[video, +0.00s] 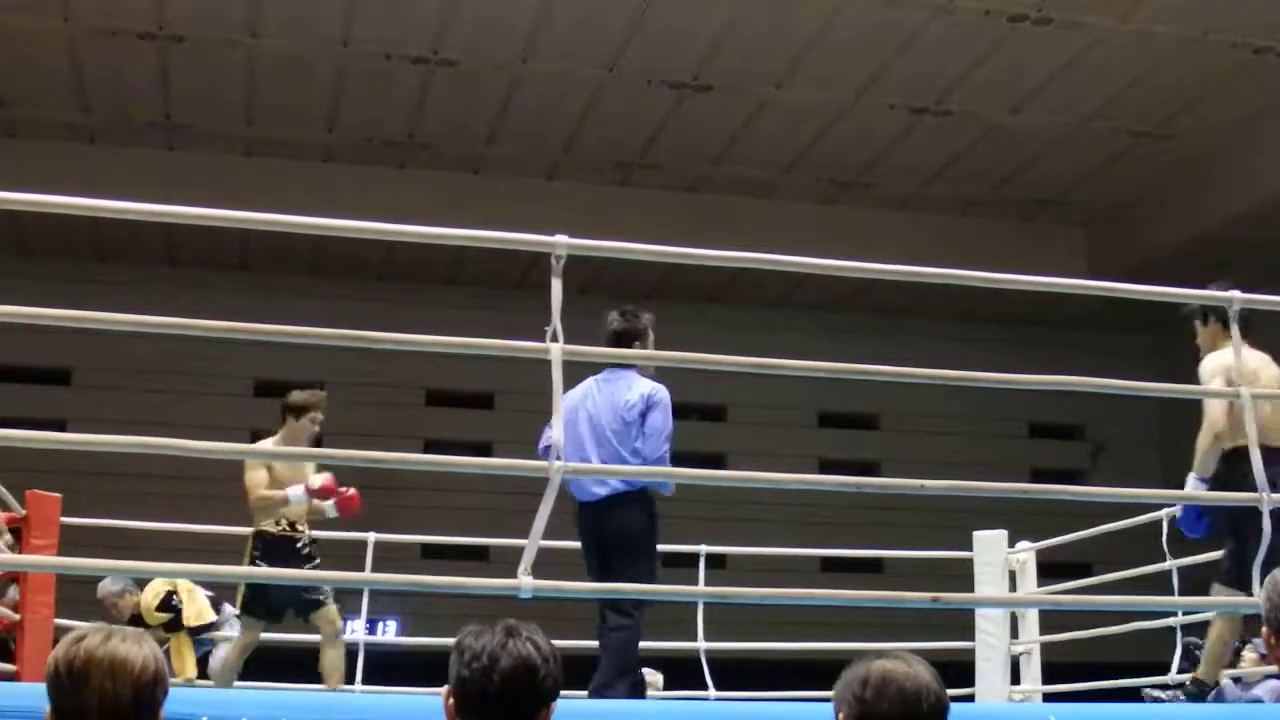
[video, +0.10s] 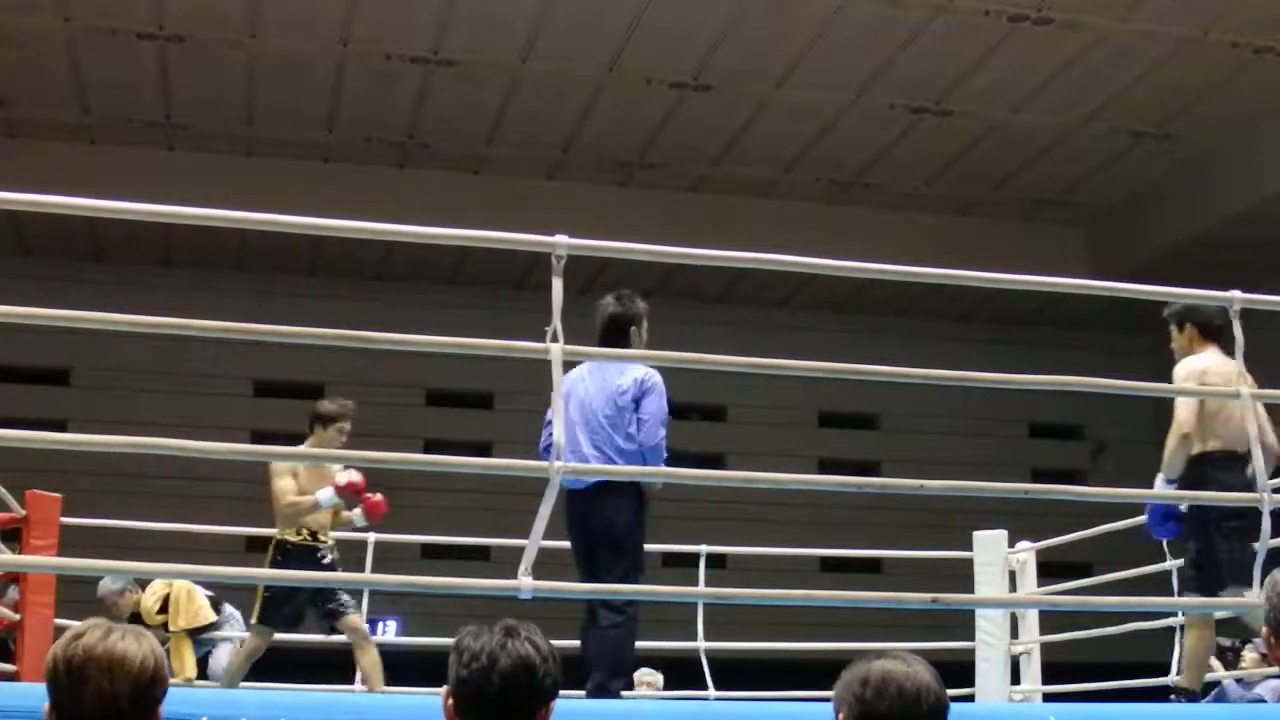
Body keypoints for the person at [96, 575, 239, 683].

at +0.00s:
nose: (112, 613)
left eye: (115, 606)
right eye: (108, 608)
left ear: (131, 594)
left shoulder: (157, 604)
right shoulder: (136, 620)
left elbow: (206, 621)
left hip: (225, 624)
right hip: (194, 630)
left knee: (217, 672)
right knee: (164, 664)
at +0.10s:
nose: (112, 610)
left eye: (115, 604)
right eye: (109, 606)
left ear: (132, 593)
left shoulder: (154, 602)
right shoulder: (134, 620)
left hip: (225, 621)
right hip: (193, 630)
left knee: (218, 670)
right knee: (164, 668)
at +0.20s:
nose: (115, 609)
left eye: (116, 602)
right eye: (111, 605)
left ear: (133, 591)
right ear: (132, 593)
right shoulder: (138, 618)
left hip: (228, 621)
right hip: (198, 627)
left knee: (219, 670)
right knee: (173, 668)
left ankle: (236, 706)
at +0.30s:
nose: (116, 609)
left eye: (117, 602)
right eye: (112, 604)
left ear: (136, 591)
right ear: (136, 592)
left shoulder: (157, 606)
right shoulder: (140, 613)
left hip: (230, 623)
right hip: (198, 628)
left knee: (219, 669)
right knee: (173, 663)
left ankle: (234, 710)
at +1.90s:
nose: (116, 606)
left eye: (115, 599)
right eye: (111, 601)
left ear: (126, 591)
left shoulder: (157, 595)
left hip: (227, 616)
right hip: (205, 621)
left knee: (213, 665)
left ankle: (234, 706)